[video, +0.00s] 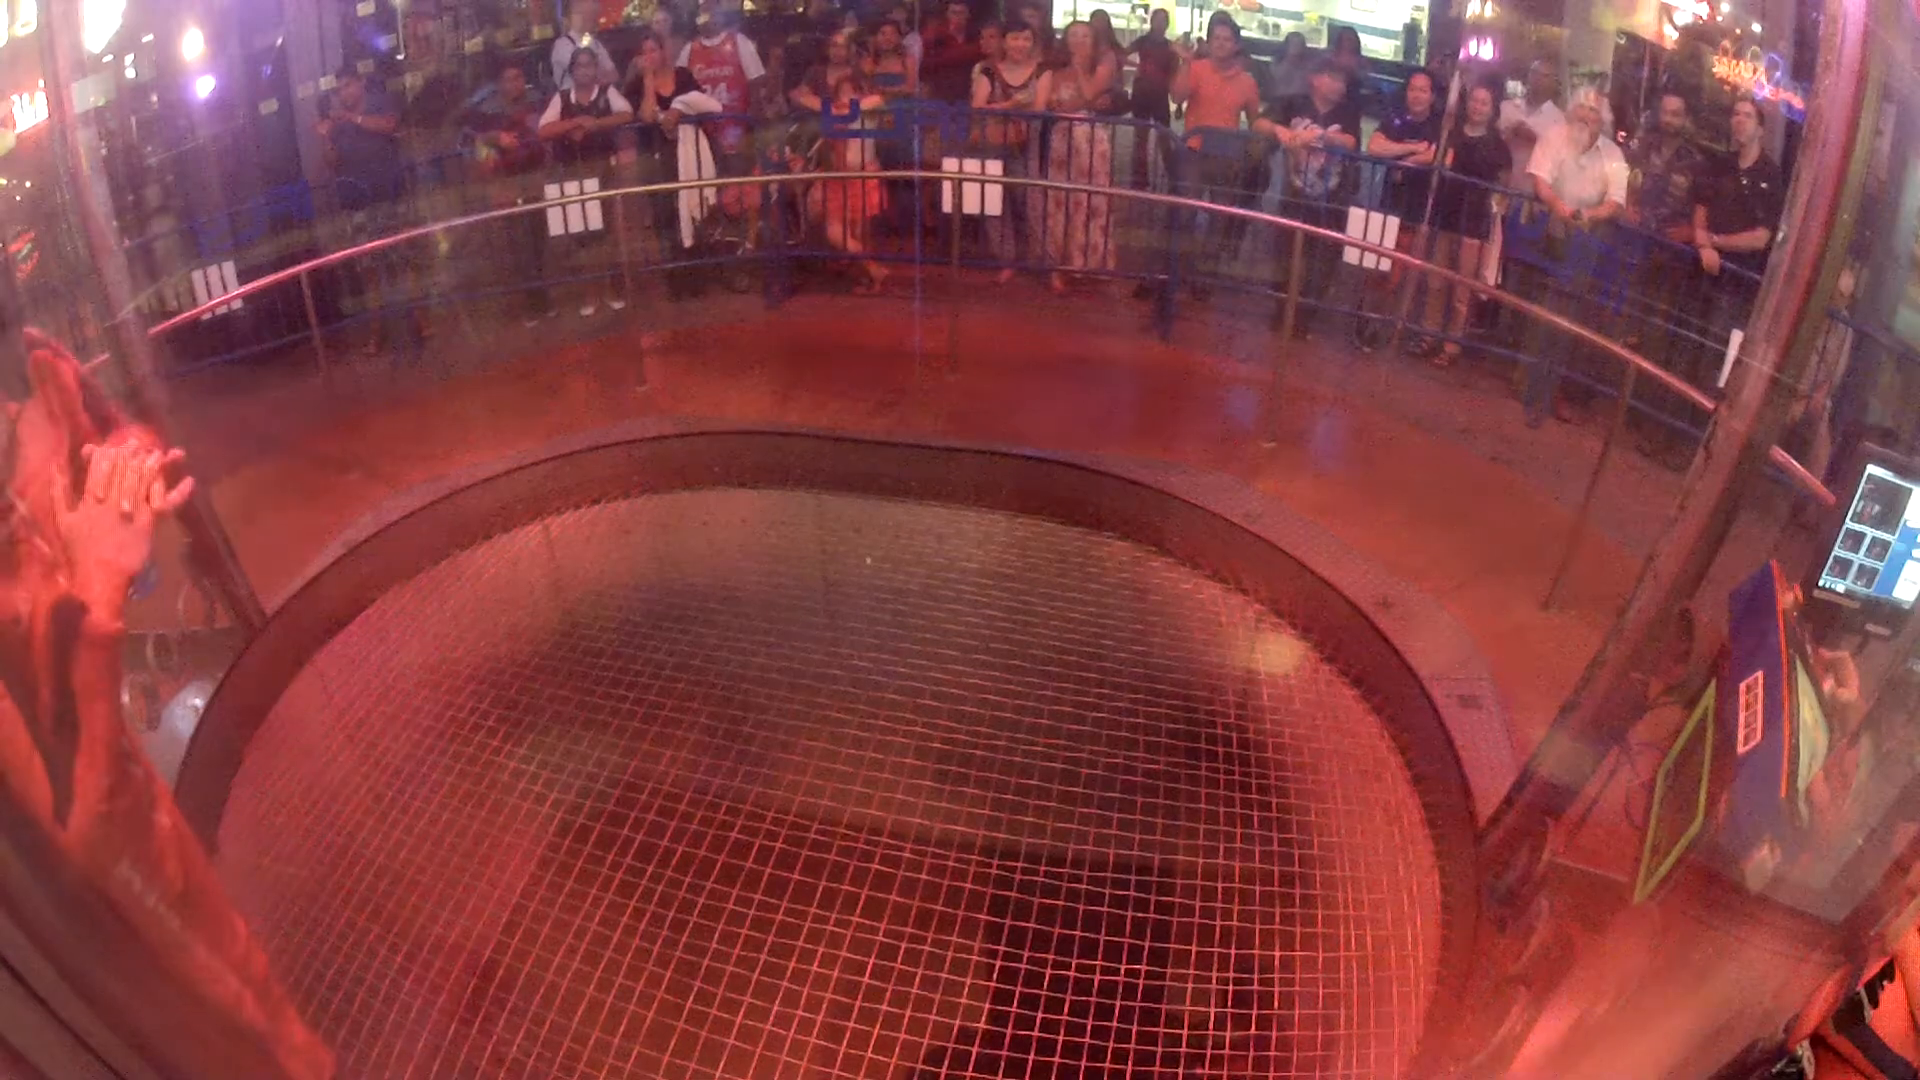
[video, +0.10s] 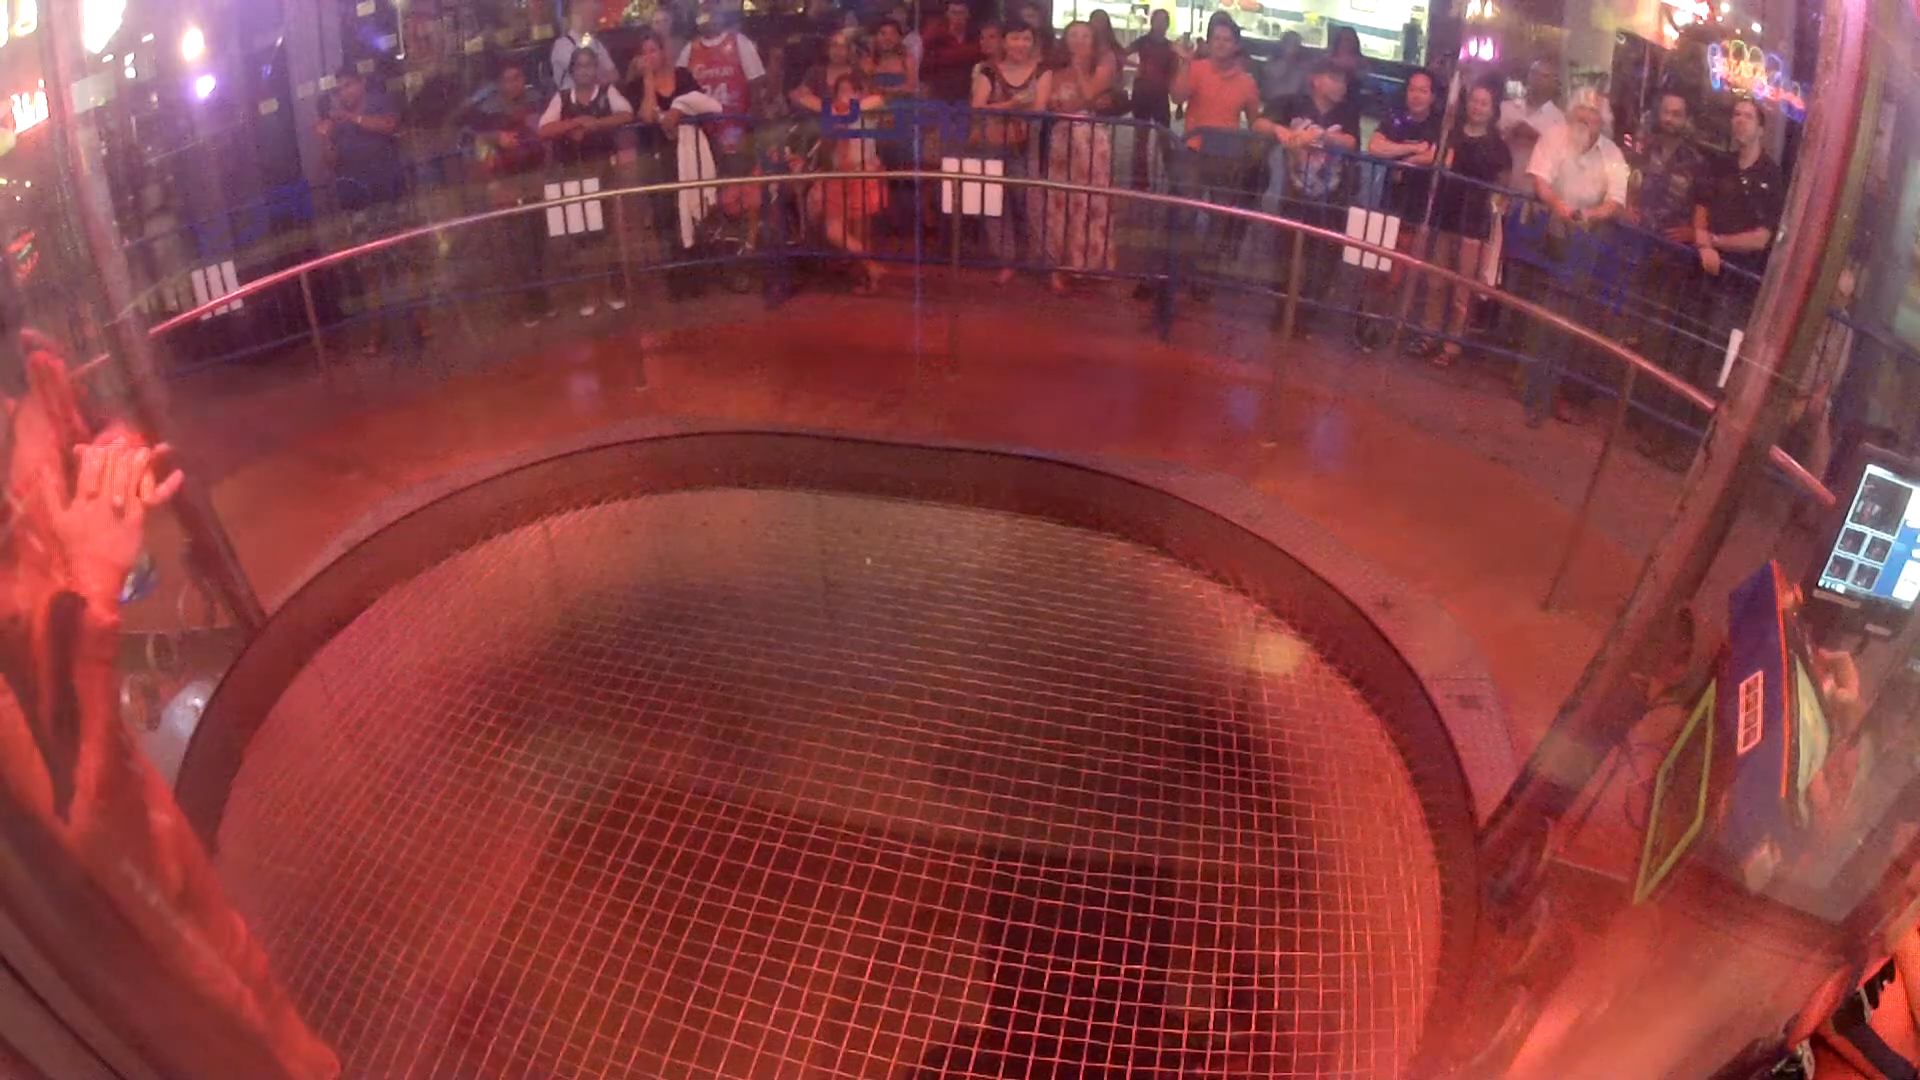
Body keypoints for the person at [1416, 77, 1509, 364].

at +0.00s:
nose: (1477, 107)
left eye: (1484, 103)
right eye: (1473, 101)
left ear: (1494, 109)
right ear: (1465, 104)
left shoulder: (1498, 146)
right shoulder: (1452, 136)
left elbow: (1494, 180)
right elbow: (1438, 167)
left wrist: (1456, 161)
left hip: (1474, 219)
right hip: (1443, 212)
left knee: (1463, 285)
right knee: (1435, 280)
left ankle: (1452, 342)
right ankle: (1429, 333)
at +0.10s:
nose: (1478, 107)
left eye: (1485, 103)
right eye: (1474, 101)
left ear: (1494, 109)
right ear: (1466, 104)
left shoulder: (1498, 146)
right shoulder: (1453, 137)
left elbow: (1501, 186)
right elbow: (1439, 169)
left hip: (1475, 218)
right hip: (1444, 212)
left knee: (1463, 284)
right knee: (1435, 278)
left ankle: (1452, 341)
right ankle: (1429, 332)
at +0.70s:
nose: (1478, 107)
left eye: (1485, 103)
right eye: (1474, 101)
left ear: (1495, 111)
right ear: (1466, 104)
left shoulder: (1498, 147)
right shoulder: (1452, 136)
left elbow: (1504, 185)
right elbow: (1439, 165)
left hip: (1476, 217)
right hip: (1445, 211)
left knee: (1463, 284)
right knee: (1435, 278)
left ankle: (1452, 342)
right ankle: (1429, 332)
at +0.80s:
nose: (1478, 107)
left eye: (1485, 103)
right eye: (1475, 101)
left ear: (1495, 111)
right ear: (1466, 104)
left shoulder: (1499, 147)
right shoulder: (1452, 136)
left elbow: (1504, 186)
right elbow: (1439, 165)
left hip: (1476, 218)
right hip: (1445, 211)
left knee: (1463, 285)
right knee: (1435, 278)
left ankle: (1452, 342)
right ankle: (1429, 332)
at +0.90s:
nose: (1479, 107)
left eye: (1486, 103)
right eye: (1475, 101)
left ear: (1495, 111)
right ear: (1466, 104)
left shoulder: (1498, 147)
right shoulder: (1452, 136)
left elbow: (1505, 185)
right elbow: (1439, 165)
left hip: (1476, 217)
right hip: (1445, 211)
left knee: (1464, 284)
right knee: (1435, 278)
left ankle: (1452, 342)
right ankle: (1429, 332)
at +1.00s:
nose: (1479, 107)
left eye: (1486, 103)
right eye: (1475, 101)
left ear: (1495, 111)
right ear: (1466, 104)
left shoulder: (1498, 147)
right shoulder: (1452, 136)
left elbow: (1505, 185)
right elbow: (1439, 165)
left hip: (1476, 217)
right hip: (1445, 211)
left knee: (1464, 284)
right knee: (1435, 278)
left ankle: (1452, 342)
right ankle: (1429, 332)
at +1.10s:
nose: (1479, 108)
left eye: (1486, 103)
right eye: (1475, 101)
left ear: (1496, 112)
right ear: (1467, 104)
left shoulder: (1499, 146)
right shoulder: (1453, 136)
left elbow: (1504, 183)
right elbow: (1439, 165)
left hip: (1476, 217)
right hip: (1445, 211)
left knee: (1463, 285)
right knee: (1435, 278)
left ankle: (1452, 342)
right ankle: (1429, 332)